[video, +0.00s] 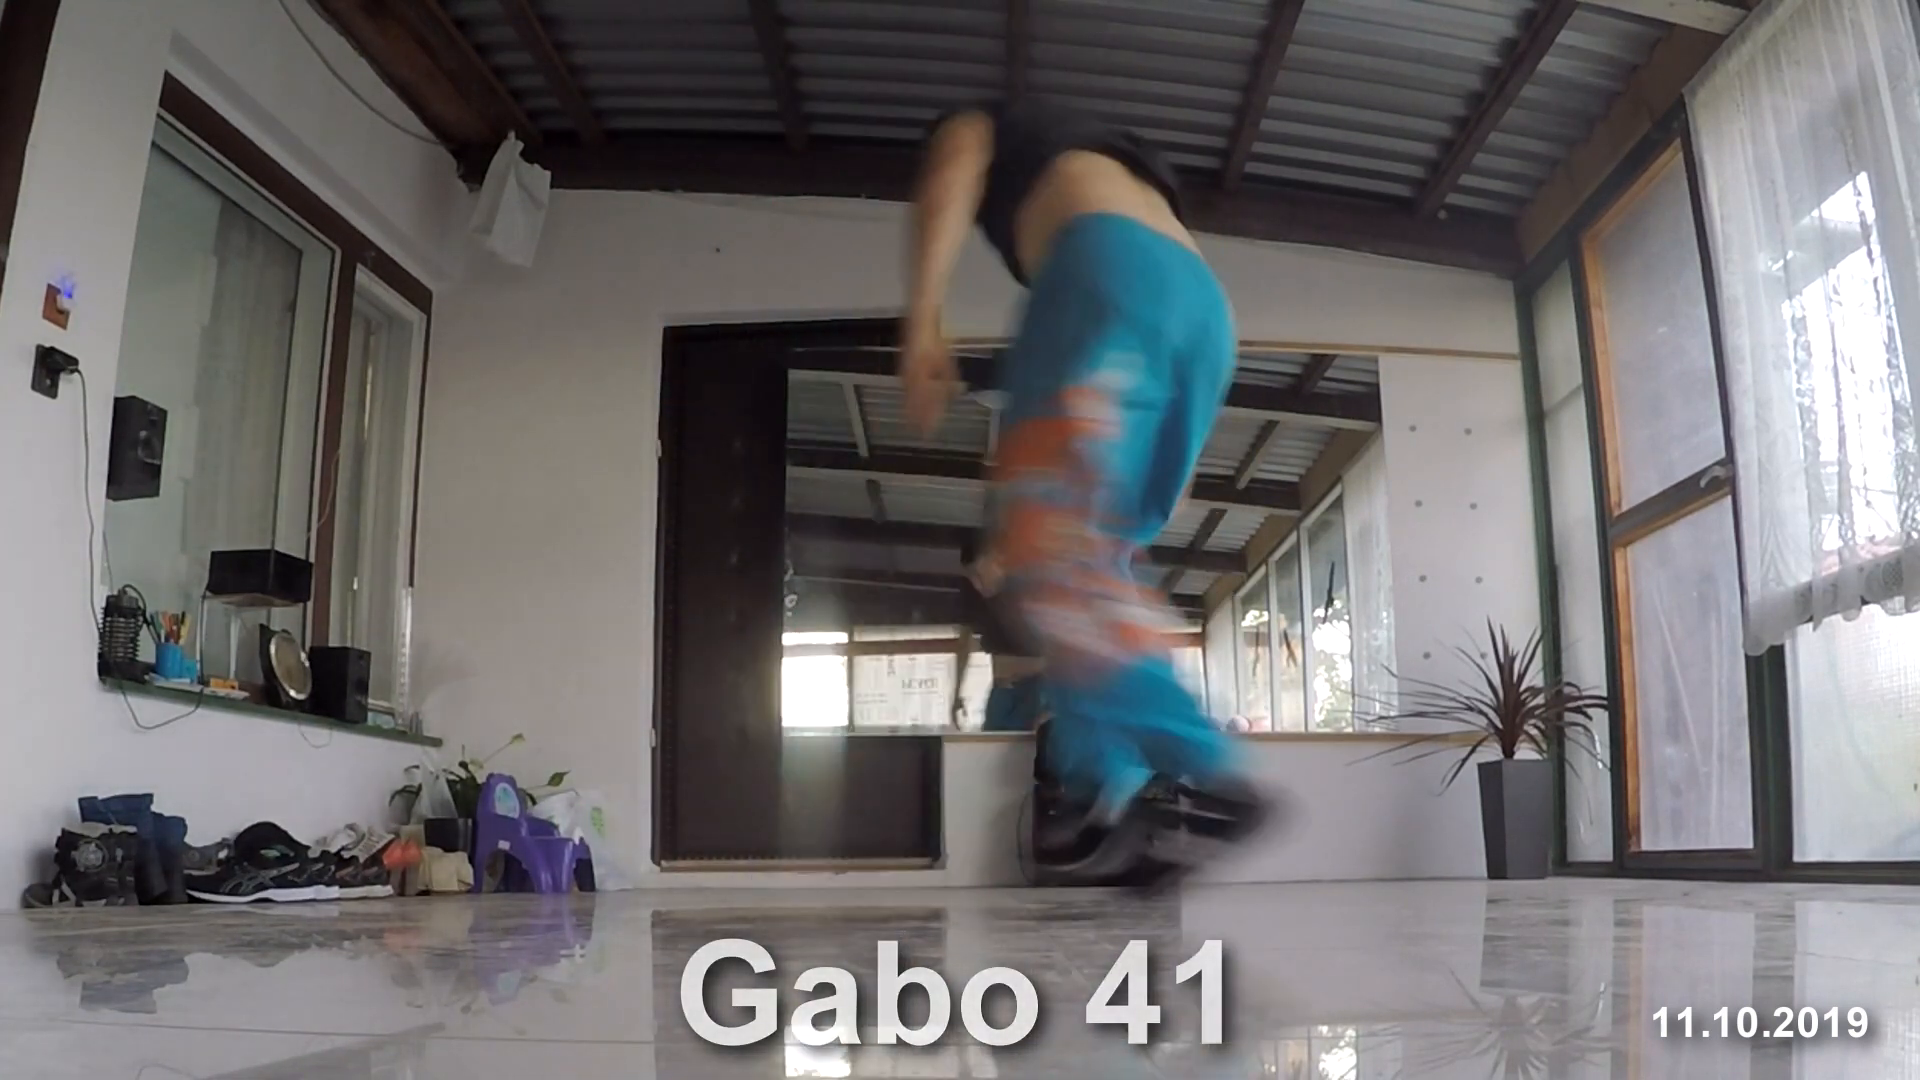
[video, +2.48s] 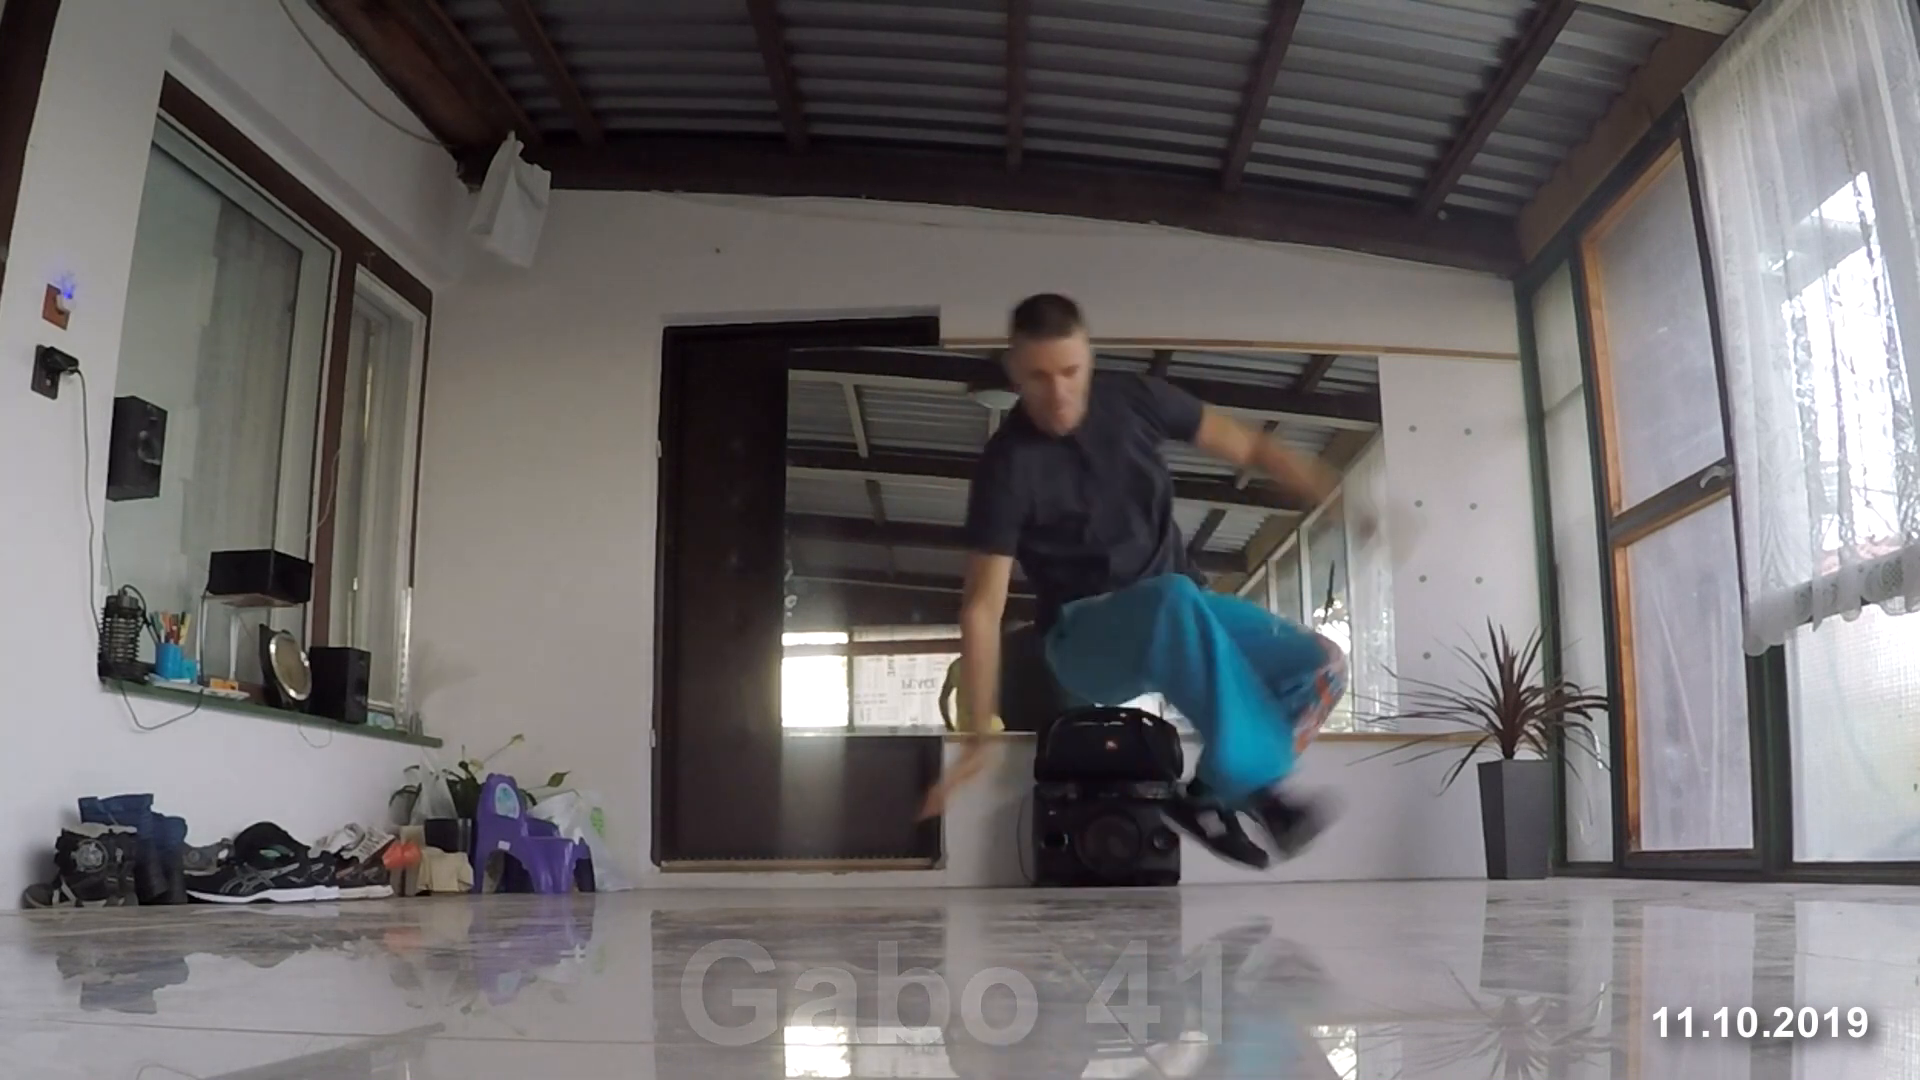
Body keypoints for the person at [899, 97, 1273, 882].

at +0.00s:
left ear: (981, 137)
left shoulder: (995, 127)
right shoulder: (1124, 184)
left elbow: (956, 153)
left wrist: (924, 322)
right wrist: (974, 372)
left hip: (1117, 272)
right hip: (1210, 314)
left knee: (1043, 549)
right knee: (1098, 554)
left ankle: (1207, 773)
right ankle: (1092, 790)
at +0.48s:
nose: (1059, 129)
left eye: (1076, 114)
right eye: (1047, 120)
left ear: (1121, 126)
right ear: (1037, 140)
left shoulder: (1183, 223)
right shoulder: (1013, 240)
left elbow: (1239, 346)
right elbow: (986, 361)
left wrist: (1200, 406)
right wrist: (1001, 477)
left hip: (1204, 479)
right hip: (1098, 503)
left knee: (1282, 605)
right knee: (1156, 684)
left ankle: (1277, 761)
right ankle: (1261, 836)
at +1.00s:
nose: (1142, 366)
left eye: (1157, 358)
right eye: (1133, 347)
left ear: (1162, 372)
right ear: (1100, 346)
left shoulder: (1119, 462)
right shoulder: (1032, 390)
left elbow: (1064, 552)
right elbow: (913, 430)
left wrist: (1067, 617)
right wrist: (862, 540)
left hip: (998, 605)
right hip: (904, 592)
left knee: (1080, 686)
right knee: (821, 730)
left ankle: (1031, 852)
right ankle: (700, 844)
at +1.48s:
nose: (1110, 243)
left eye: (1124, 232)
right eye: (1099, 227)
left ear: (1138, 245)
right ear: (1071, 228)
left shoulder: (1139, 346)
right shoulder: (1012, 285)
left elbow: (1179, 453)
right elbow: (919, 333)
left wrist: (1228, 505)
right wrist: (852, 416)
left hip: (1077, 529)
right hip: (1007, 515)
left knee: (1031, 680)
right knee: (1070, 662)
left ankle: (972, 844)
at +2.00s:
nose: (1159, 335)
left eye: (1174, 321)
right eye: (1145, 320)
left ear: (1192, 335)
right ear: (1121, 327)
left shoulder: (1202, 425)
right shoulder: (1073, 399)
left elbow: (1231, 533)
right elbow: (982, 486)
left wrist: (1232, 599)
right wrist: (1034, 580)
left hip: (1157, 601)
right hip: (1065, 593)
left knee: (1240, 668)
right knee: (1113, 645)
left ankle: (1176, 827)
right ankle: (1100, 832)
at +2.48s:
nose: (1058, 392)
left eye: (1070, 372)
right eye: (1038, 378)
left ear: (1089, 359)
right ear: (1012, 372)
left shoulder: (1134, 402)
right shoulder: (1009, 461)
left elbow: (1254, 449)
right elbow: (981, 605)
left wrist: (1339, 500)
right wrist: (979, 733)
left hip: (1179, 613)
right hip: (1082, 644)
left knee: (1315, 666)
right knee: (1171, 601)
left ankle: (1211, 796)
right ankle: (1265, 791)